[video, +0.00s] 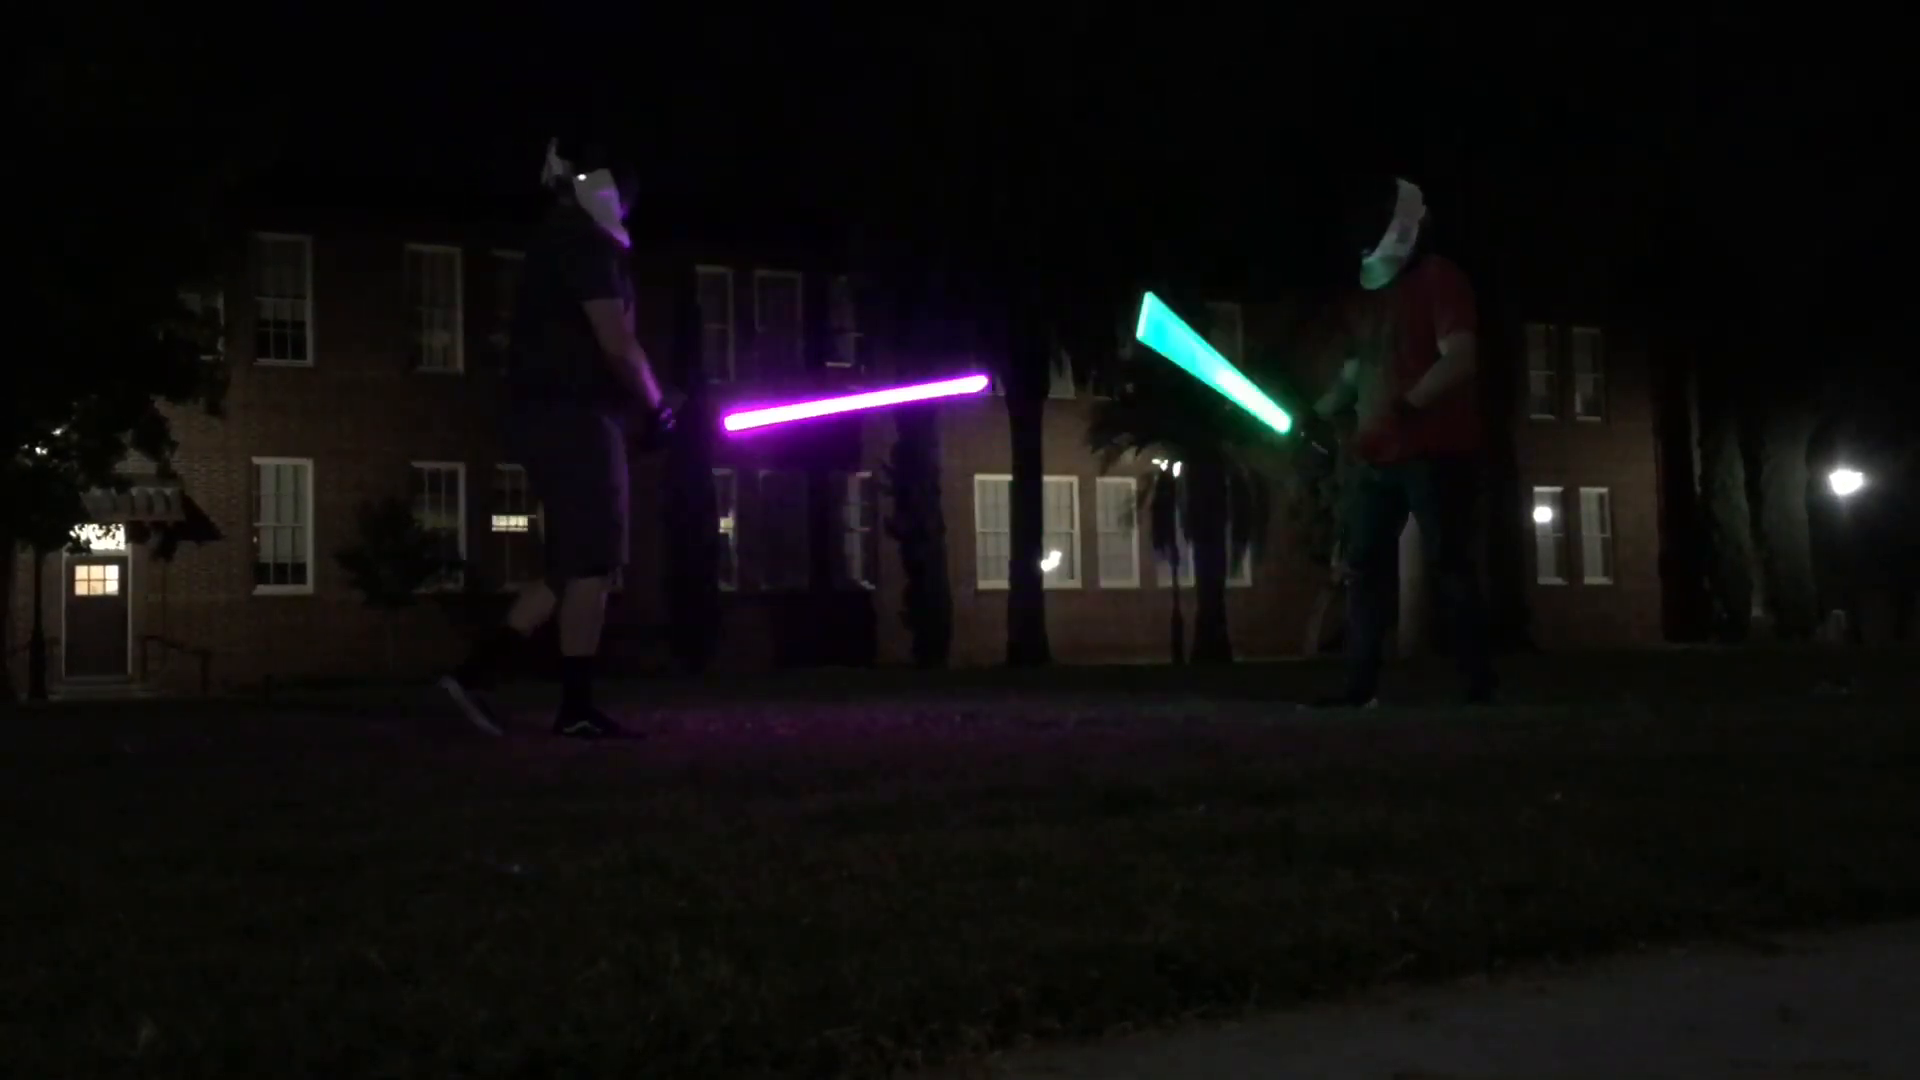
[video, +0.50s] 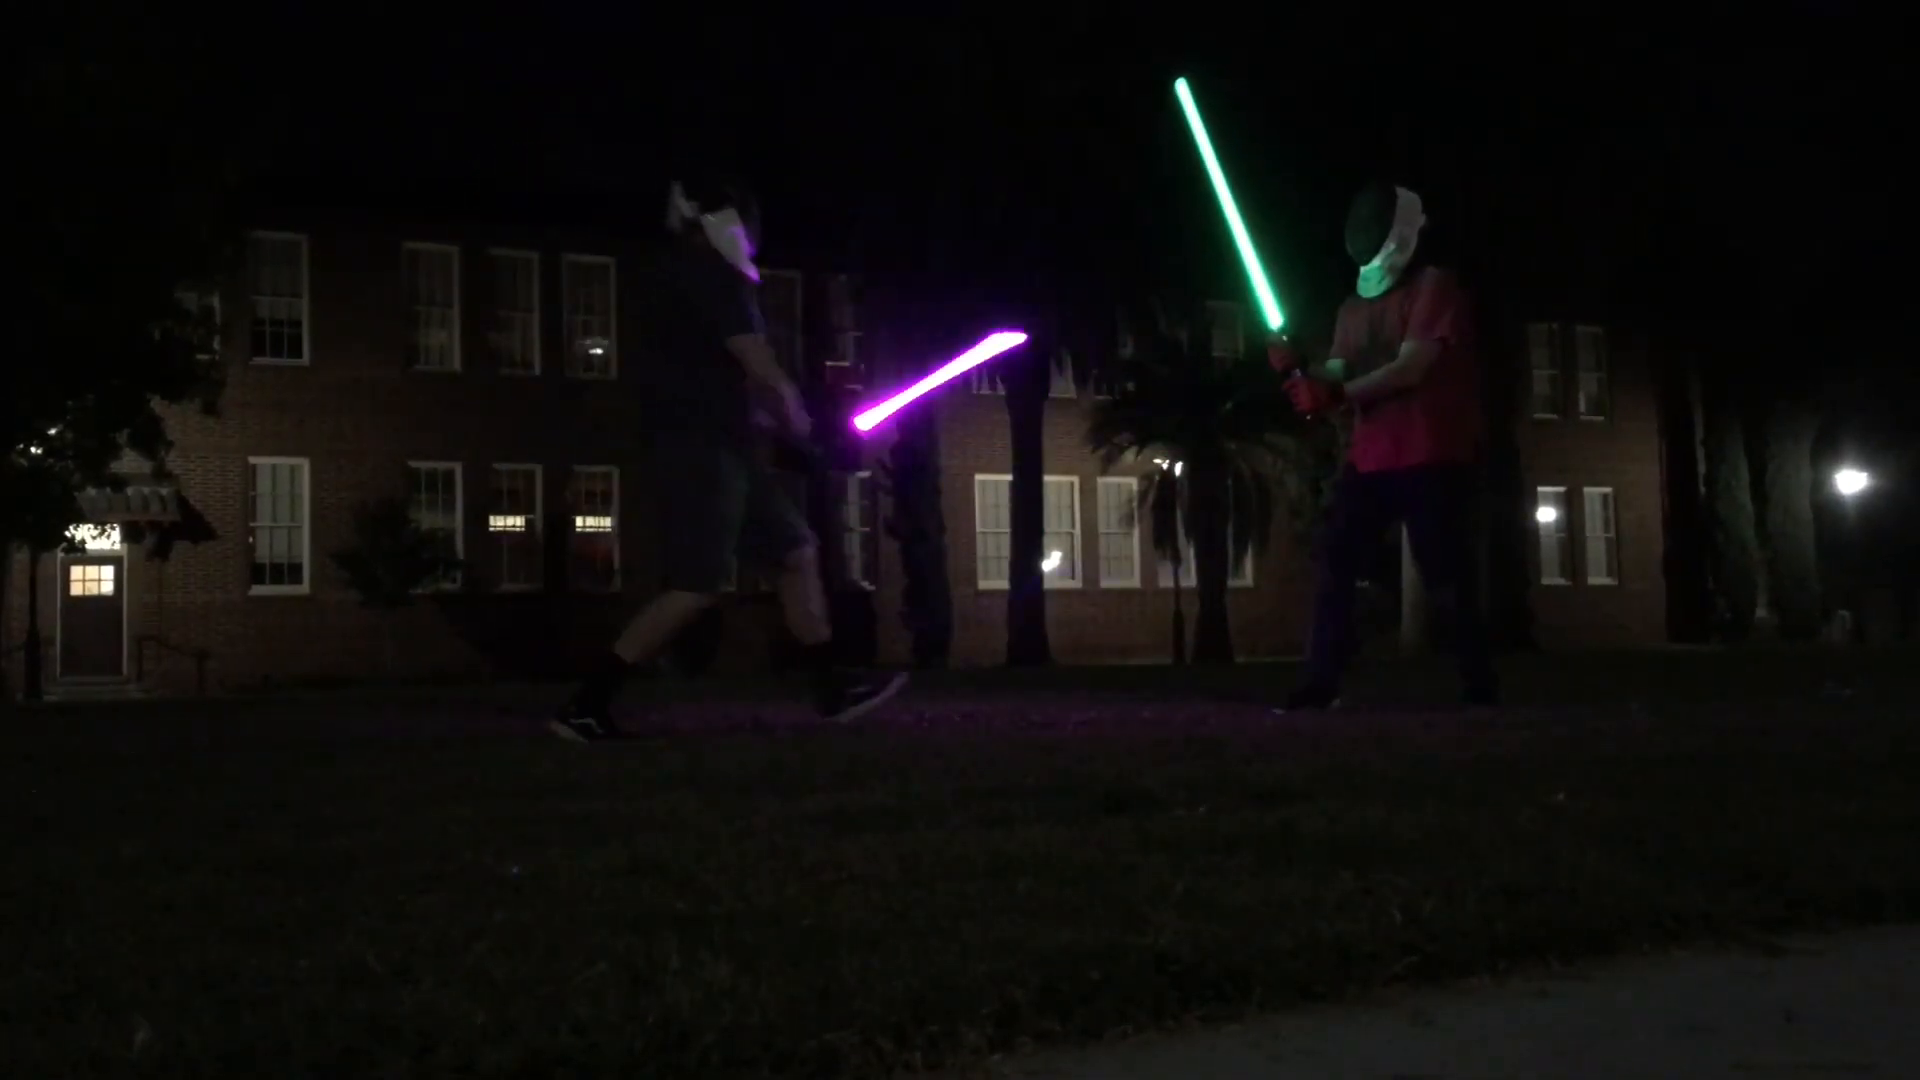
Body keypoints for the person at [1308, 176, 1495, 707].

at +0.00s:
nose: (1380, 235)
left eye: (1391, 222)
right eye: (1376, 223)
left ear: (1412, 224)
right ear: (1370, 227)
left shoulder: (1436, 279)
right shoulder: (1368, 291)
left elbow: (1459, 357)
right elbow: (1357, 367)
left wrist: (1406, 404)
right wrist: (1323, 410)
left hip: (1436, 452)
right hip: (1378, 452)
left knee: (1449, 568)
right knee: (1367, 567)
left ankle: (1470, 678)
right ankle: (1361, 680)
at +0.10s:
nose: (1383, 239)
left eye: (1394, 227)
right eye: (1378, 229)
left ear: (1414, 228)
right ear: (1370, 233)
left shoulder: (1438, 280)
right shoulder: (1371, 294)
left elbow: (1439, 358)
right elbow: (1360, 368)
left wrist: (1371, 405)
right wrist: (1324, 400)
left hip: (1439, 452)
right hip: (1379, 452)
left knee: (1451, 567)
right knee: (1366, 567)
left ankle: (1471, 678)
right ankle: (1359, 678)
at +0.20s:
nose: (1374, 236)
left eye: (1386, 223)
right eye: (1371, 225)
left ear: (1413, 225)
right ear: (1369, 230)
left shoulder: (1438, 278)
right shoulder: (1372, 296)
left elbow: (1429, 352)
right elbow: (1359, 363)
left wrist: (1362, 397)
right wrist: (1329, 386)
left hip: (1439, 453)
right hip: (1380, 455)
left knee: (1451, 569)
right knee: (1366, 567)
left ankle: (1472, 679)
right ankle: (1359, 679)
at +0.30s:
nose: (1373, 236)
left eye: (1387, 223)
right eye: (1371, 224)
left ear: (1415, 225)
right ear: (1371, 229)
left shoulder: (1440, 279)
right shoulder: (1373, 296)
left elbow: (1421, 358)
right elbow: (1355, 362)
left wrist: (1354, 392)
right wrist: (1323, 381)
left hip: (1439, 453)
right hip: (1382, 455)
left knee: (1451, 570)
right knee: (1351, 556)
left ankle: (1475, 683)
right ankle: (1350, 676)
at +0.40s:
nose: (1376, 249)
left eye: (1386, 235)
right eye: (1371, 239)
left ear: (1413, 231)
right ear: (1369, 238)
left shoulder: (1440, 283)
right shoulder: (1371, 300)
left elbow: (1419, 359)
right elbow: (1350, 362)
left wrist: (1348, 390)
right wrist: (1320, 382)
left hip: (1437, 455)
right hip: (1379, 456)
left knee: (1451, 570)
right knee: (1346, 561)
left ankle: (1476, 684)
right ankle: (1328, 679)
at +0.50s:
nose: (1369, 253)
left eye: (1379, 240)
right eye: (1363, 243)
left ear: (1404, 237)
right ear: (1360, 245)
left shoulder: (1434, 289)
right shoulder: (1356, 309)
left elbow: (1414, 365)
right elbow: (1339, 375)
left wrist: (1340, 393)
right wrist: (1298, 370)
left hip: (1432, 461)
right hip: (1371, 464)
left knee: (1446, 576)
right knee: (1338, 566)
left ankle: (1474, 684)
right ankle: (1321, 680)